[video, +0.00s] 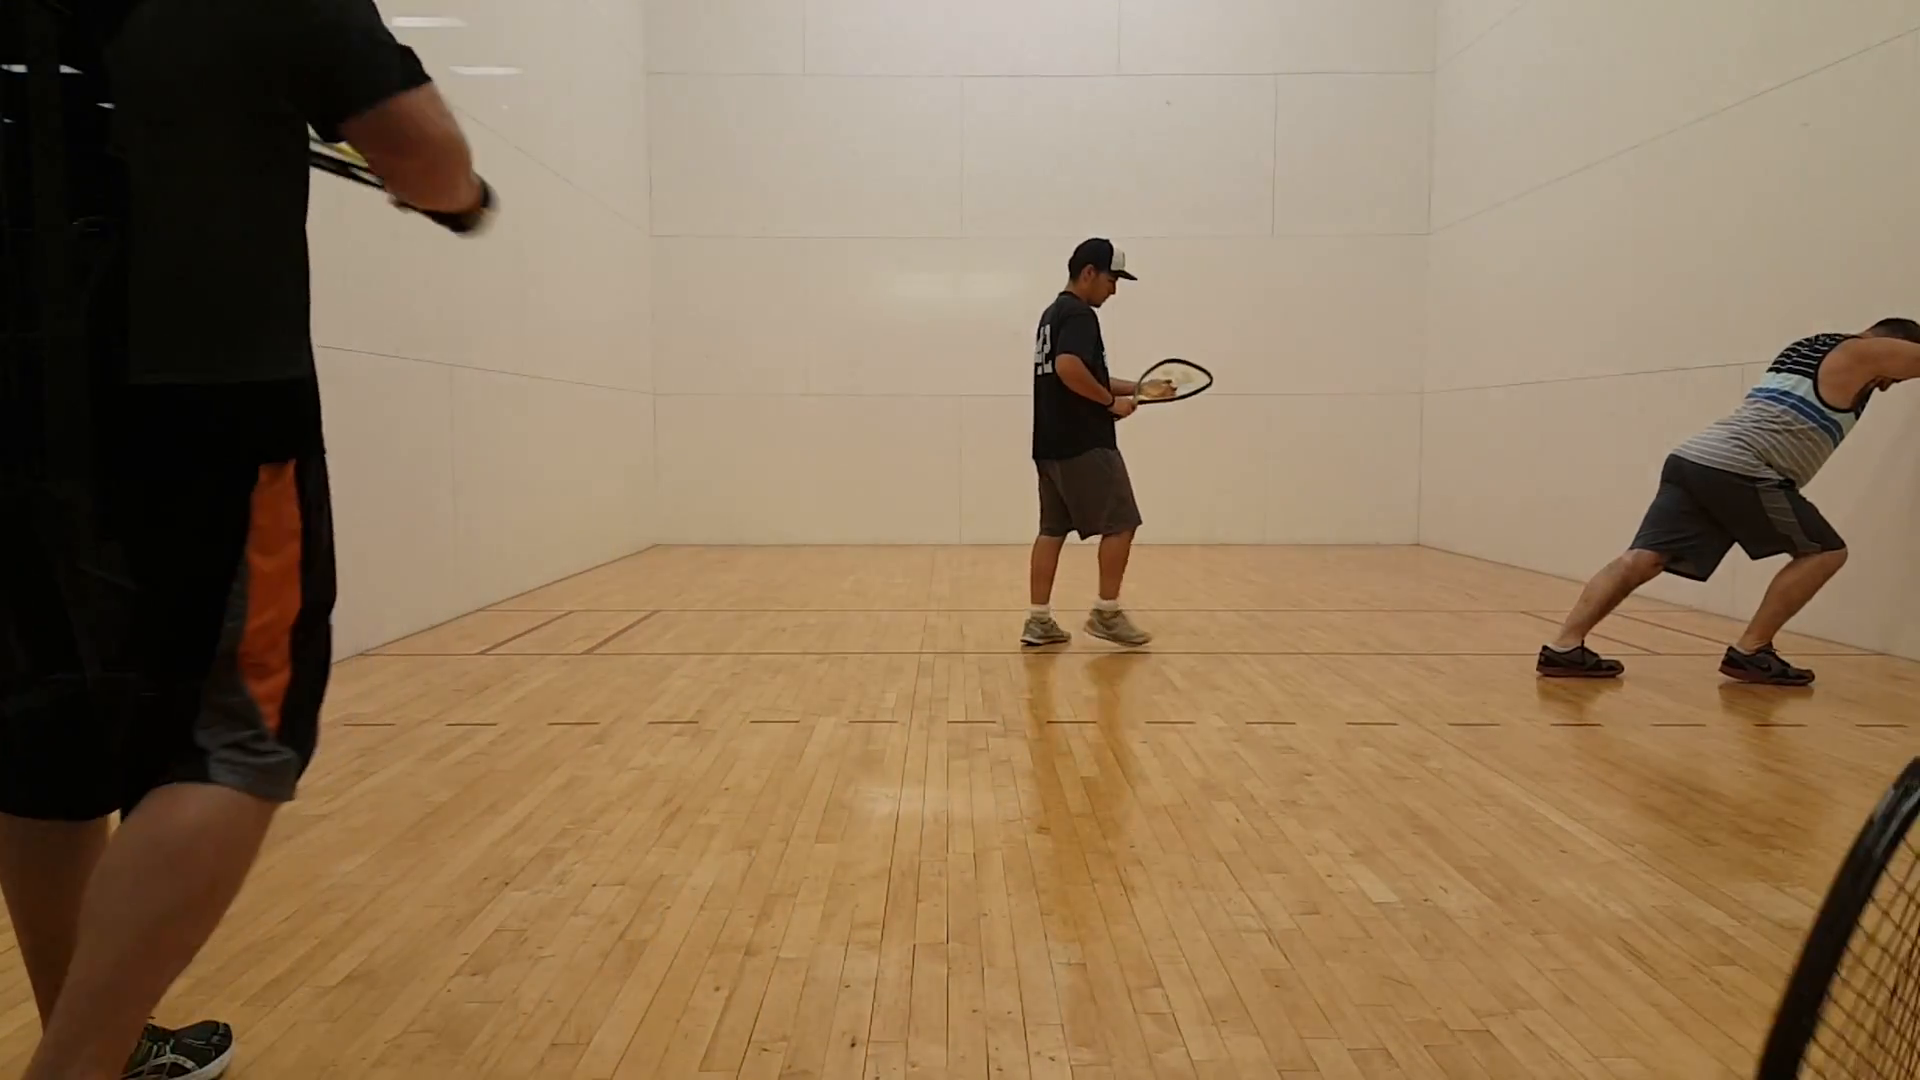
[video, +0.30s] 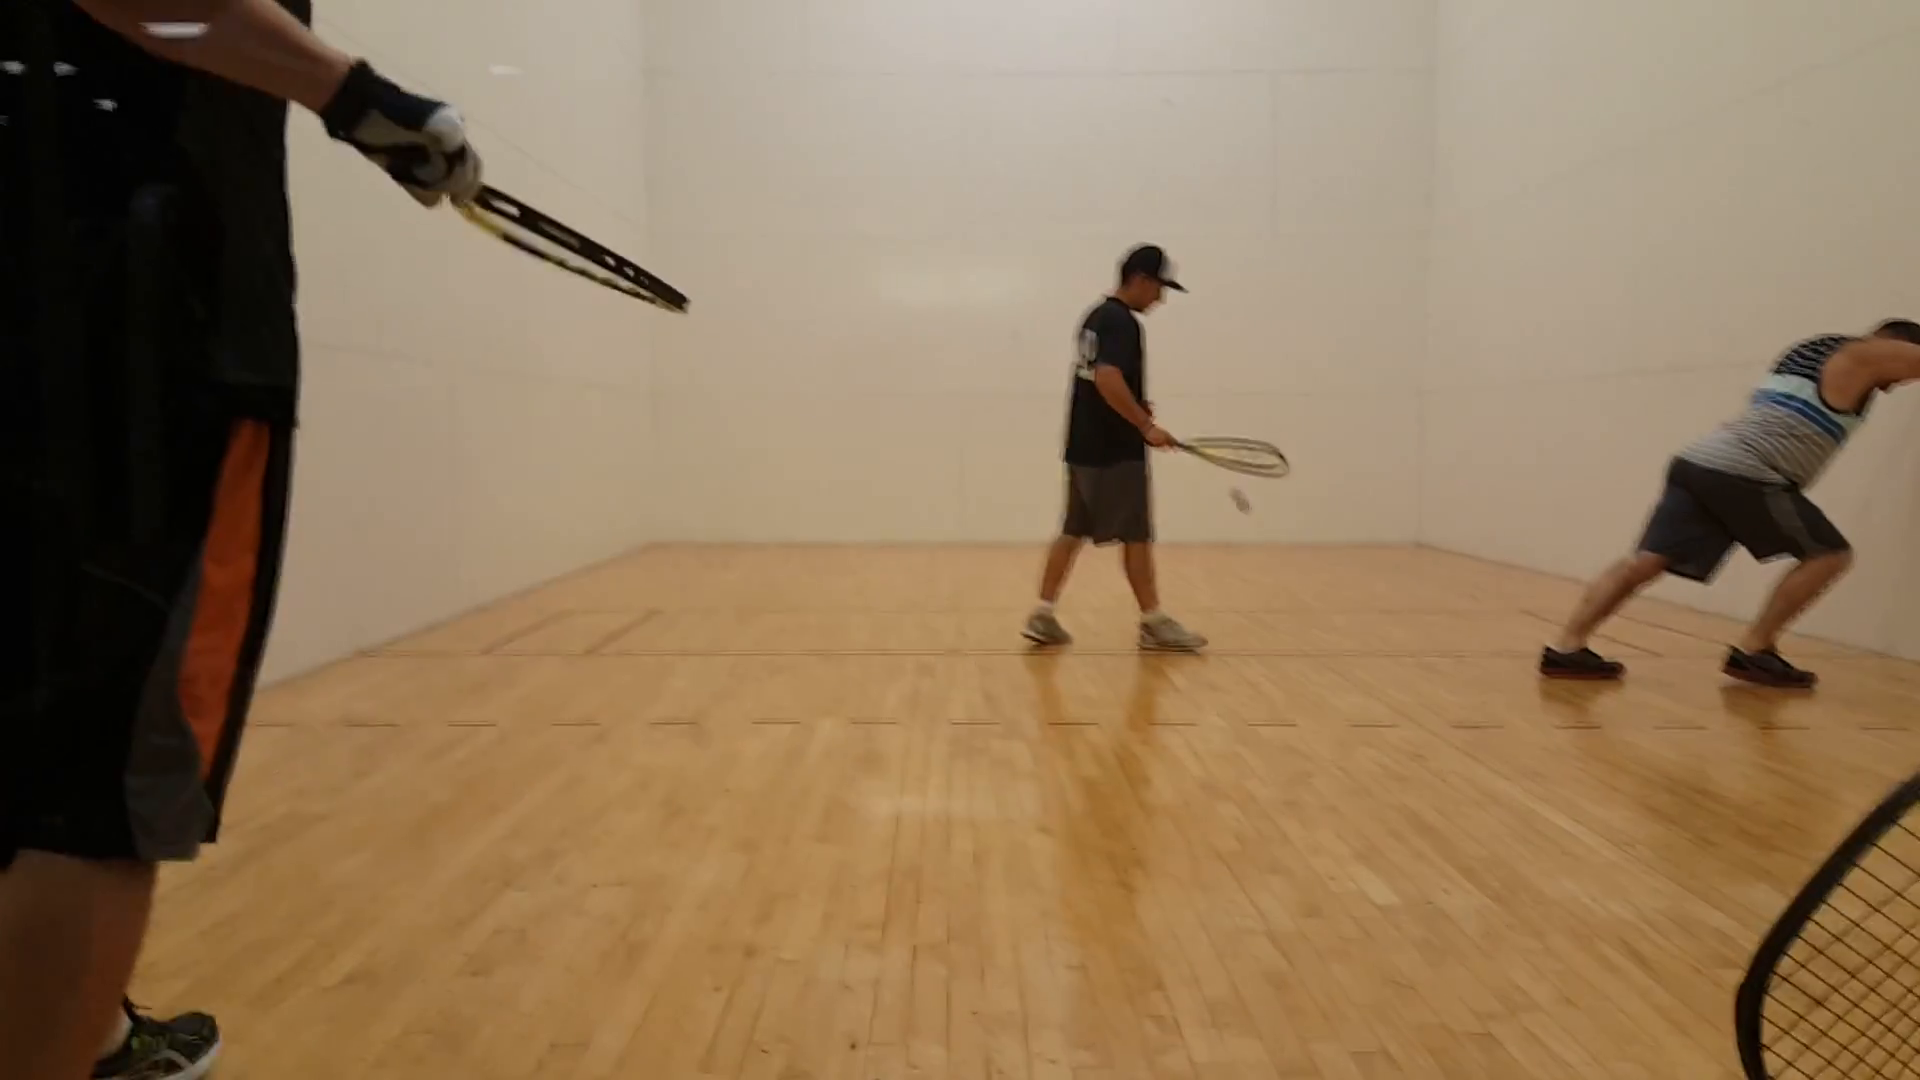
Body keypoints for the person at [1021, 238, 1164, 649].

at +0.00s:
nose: (1114, 288)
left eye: (1116, 280)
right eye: (1111, 279)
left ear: (1083, 275)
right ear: (1089, 272)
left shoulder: (1054, 314)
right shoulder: (1078, 315)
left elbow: (1090, 380)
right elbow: (1068, 368)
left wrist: (1141, 388)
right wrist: (1110, 402)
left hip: (1051, 446)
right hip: (1085, 446)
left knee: (1052, 529)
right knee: (1121, 522)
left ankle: (1039, 619)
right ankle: (1107, 612)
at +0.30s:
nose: (1161, 297)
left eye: (1163, 289)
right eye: (1158, 287)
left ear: (1132, 281)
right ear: (1137, 280)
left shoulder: (1098, 315)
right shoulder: (1120, 322)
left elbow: (1098, 378)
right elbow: (1108, 378)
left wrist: (1137, 408)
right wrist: (1145, 426)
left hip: (1085, 450)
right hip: (1116, 453)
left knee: (1073, 531)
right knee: (1137, 535)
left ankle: (1043, 613)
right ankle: (1153, 619)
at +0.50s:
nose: (1203, 297)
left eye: (1206, 289)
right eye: (1202, 287)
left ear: (1175, 278)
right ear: (1184, 279)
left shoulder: (1131, 310)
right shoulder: (1167, 324)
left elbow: (1102, 368)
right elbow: (1156, 384)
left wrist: (1098, 415)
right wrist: (1193, 433)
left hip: (1115, 442)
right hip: (1149, 448)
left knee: (1112, 522)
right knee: (1153, 533)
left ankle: (1064, 592)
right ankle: (1156, 620)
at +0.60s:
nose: (1217, 296)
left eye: (1220, 288)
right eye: (1217, 286)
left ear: (1186, 276)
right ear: (1198, 277)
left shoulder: (1139, 309)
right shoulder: (1183, 324)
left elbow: (1109, 367)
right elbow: (1189, 388)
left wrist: (1102, 416)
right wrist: (1240, 420)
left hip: (1126, 440)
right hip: (1158, 449)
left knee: (1136, 522)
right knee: (1158, 534)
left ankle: (1092, 588)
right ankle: (1156, 622)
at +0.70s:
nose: (1228, 294)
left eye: (1231, 287)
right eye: (1228, 285)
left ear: (1197, 275)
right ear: (1210, 276)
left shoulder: (1149, 310)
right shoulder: (1200, 325)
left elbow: (1119, 365)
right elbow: (1228, 383)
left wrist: (1118, 417)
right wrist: (1284, 402)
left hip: (1139, 440)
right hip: (1170, 446)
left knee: (1157, 526)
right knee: (1165, 532)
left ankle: (1136, 599)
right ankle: (1156, 621)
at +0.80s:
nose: (1239, 293)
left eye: (1242, 285)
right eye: (1238, 283)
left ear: (1209, 277)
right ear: (1219, 277)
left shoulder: (1160, 312)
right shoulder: (1216, 324)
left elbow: (1130, 371)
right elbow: (1253, 378)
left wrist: (1139, 419)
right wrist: (1306, 398)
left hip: (1153, 441)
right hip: (1182, 446)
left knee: (1180, 529)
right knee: (1168, 534)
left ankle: (1188, 608)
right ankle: (1156, 622)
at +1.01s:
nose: (1257, 297)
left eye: (1259, 289)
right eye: (1256, 288)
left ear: (1227, 280)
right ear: (1236, 280)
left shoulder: (1182, 321)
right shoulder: (1233, 328)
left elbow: (1162, 383)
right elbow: (1253, 391)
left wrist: (1187, 423)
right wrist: (1288, 437)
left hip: (1188, 448)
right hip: (1217, 451)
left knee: (1218, 531)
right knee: (1198, 533)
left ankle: (1224, 613)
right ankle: (1163, 616)